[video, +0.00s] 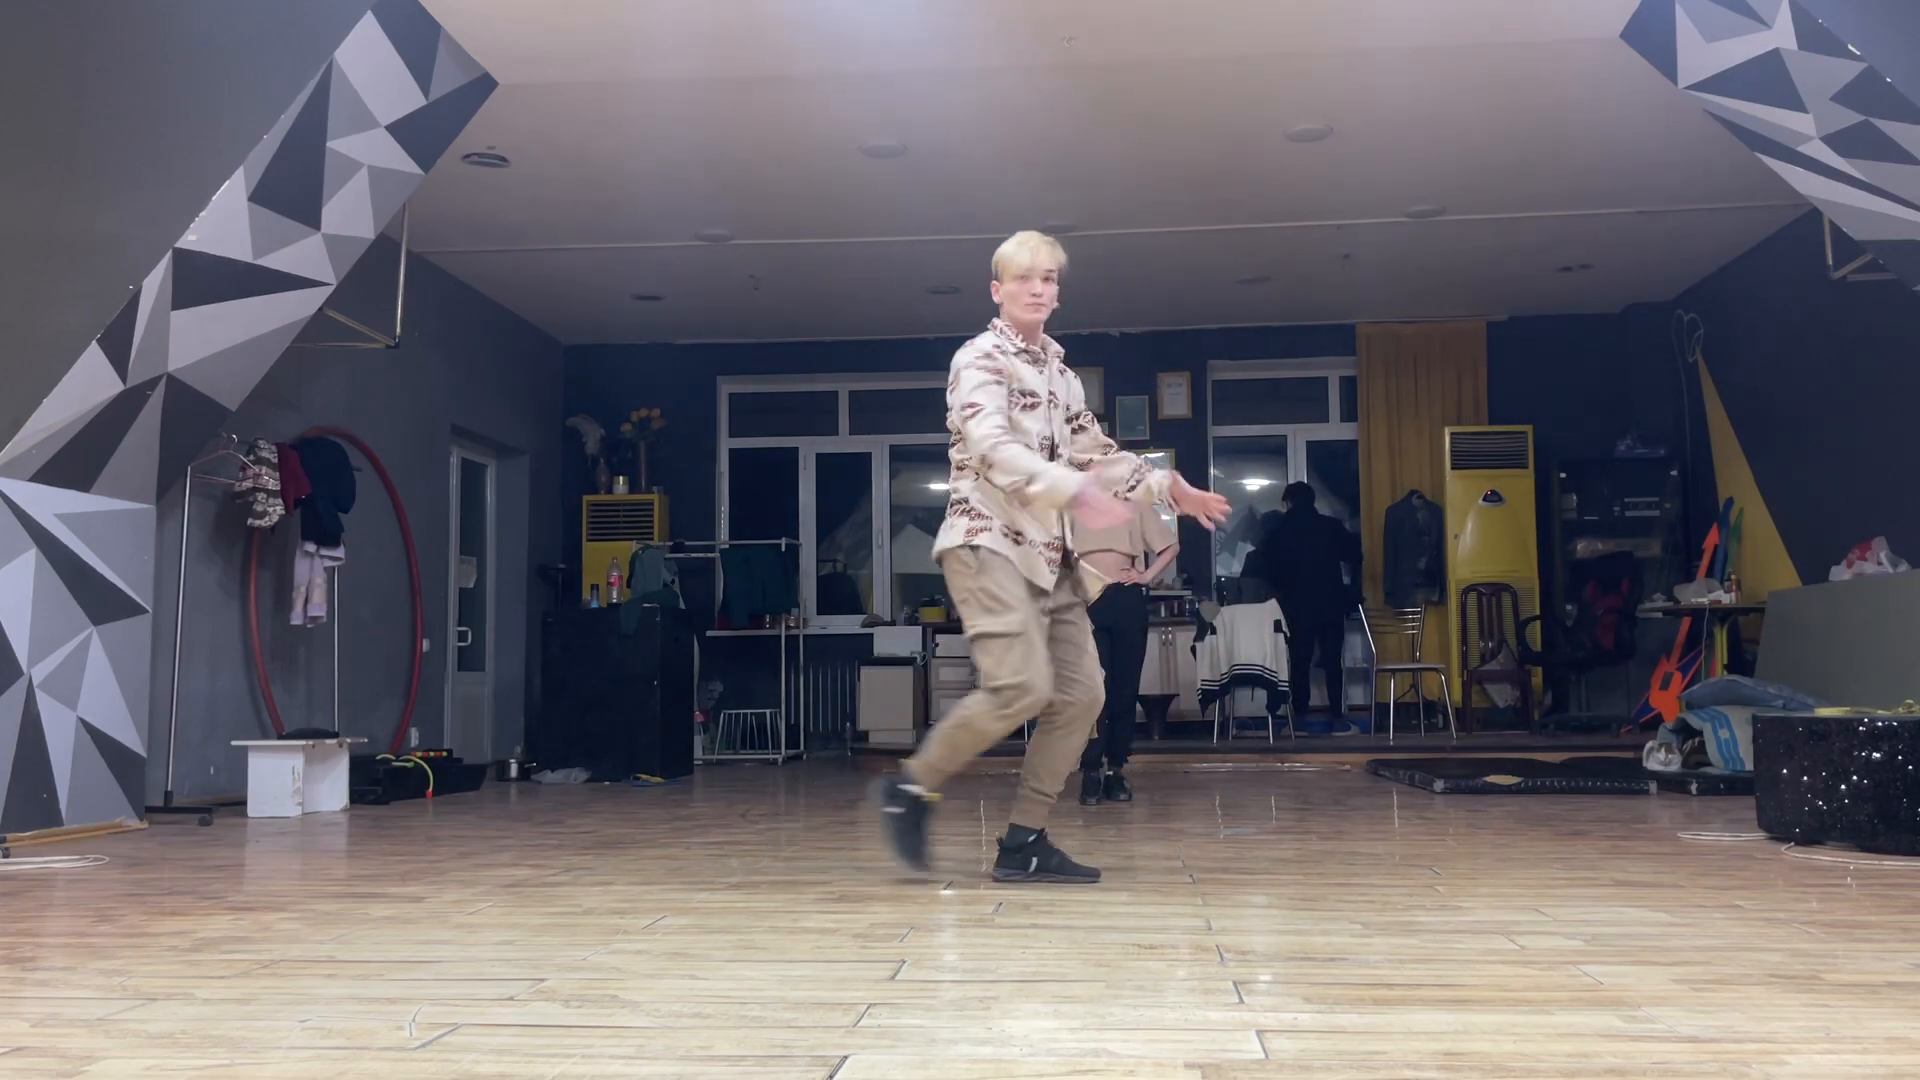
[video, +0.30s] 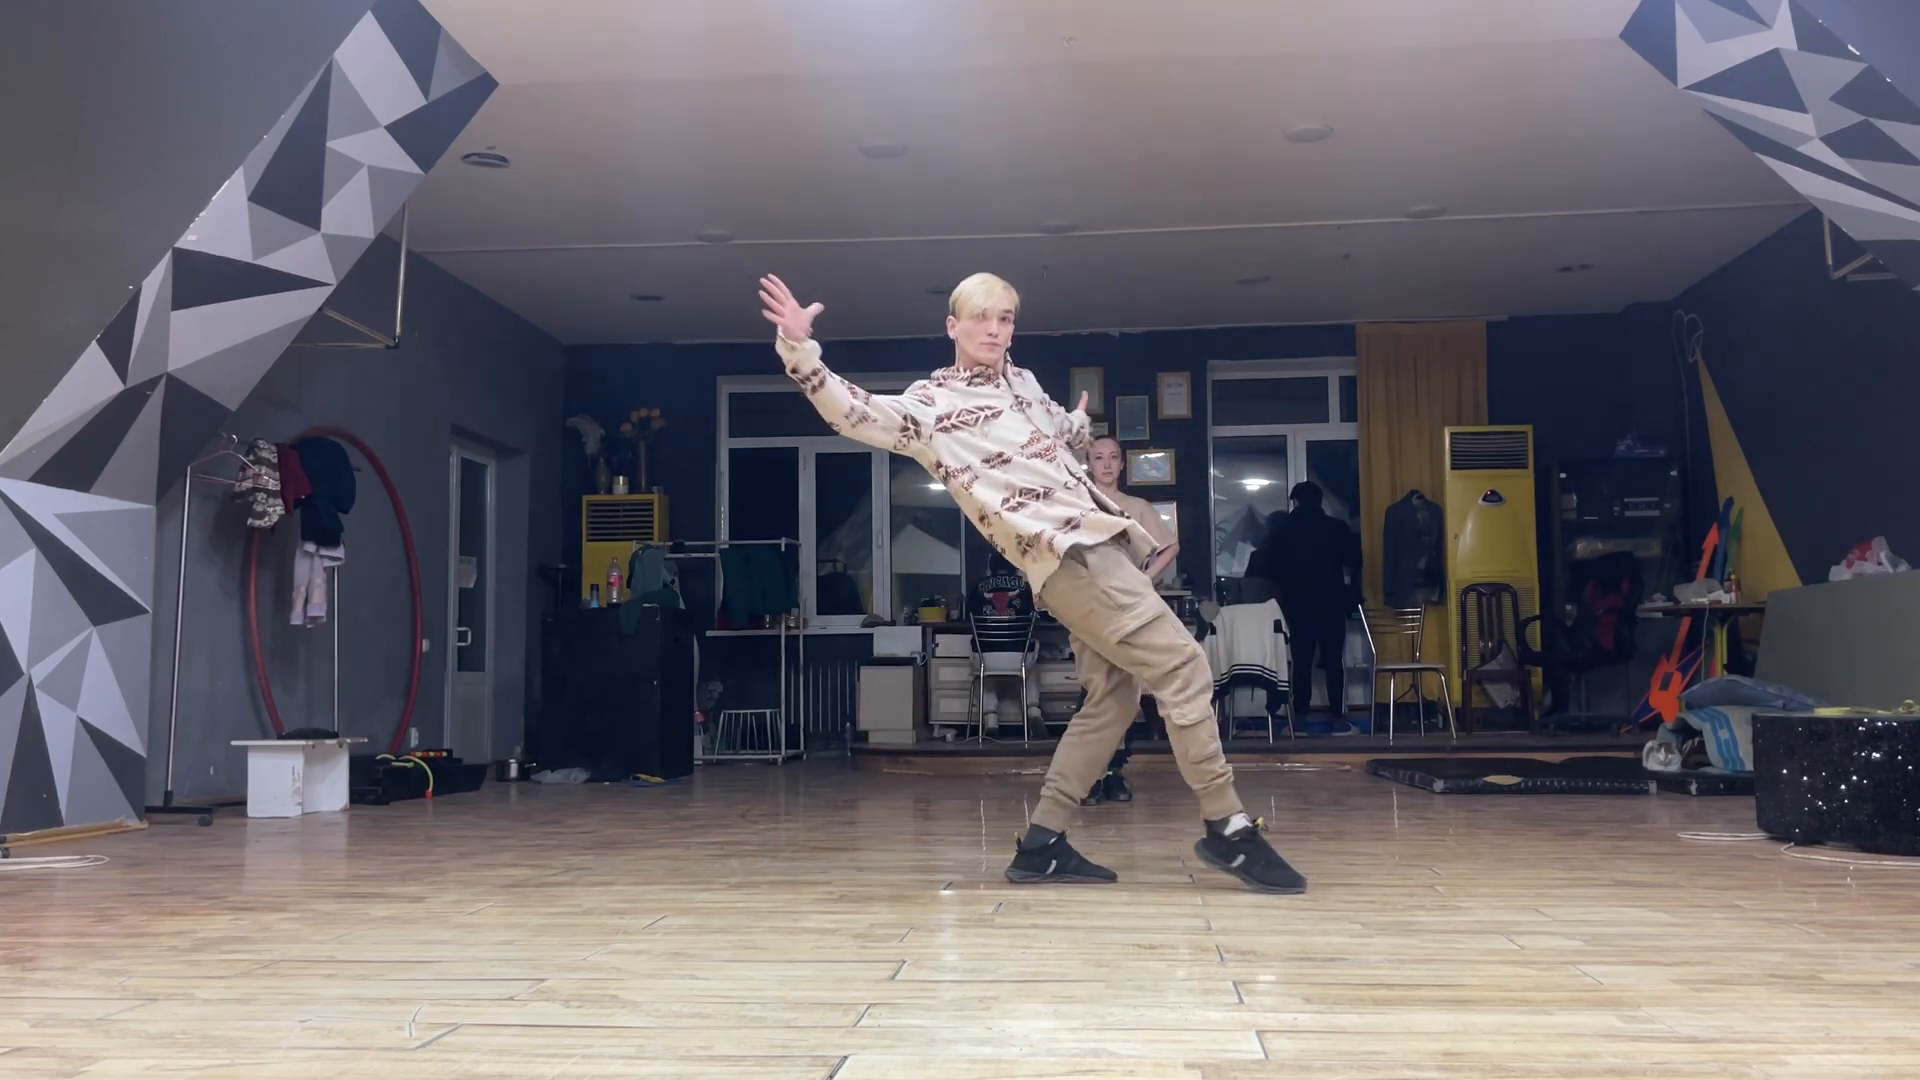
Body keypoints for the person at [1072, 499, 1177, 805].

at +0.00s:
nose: (1097, 458)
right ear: (1082, 461)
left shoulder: (1133, 500)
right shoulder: (1067, 500)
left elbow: (1169, 545)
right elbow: (1054, 545)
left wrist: (1148, 574)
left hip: (1126, 596)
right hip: (1083, 598)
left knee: (1123, 689)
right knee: (1091, 689)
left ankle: (1115, 772)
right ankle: (1091, 775)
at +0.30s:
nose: (1107, 464)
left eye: (1113, 457)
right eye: (1099, 457)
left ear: (1122, 464)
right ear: (1087, 463)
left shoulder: (1137, 507)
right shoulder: (1072, 501)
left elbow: (1170, 546)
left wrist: (1144, 578)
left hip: (1128, 600)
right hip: (1088, 611)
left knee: (1118, 698)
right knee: (1096, 691)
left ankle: (1114, 771)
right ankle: (1093, 774)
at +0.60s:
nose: (1106, 464)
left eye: (1113, 459)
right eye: (1100, 458)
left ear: (1122, 465)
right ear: (1089, 464)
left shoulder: (1138, 507)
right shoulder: (1070, 506)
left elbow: (1171, 546)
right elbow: (1046, 553)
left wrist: (1147, 575)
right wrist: (1068, 584)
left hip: (1128, 601)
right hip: (1088, 602)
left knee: (1124, 691)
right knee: (1093, 690)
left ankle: (1115, 772)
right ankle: (1091, 773)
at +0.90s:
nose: (1105, 464)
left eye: (1111, 458)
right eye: (1099, 458)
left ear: (1121, 463)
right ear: (1088, 464)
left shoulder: (1137, 507)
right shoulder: (1071, 506)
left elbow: (1170, 546)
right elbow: (1051, 549)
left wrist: (1147, 574)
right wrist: (1067, 582)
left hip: (1127, 599)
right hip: (1086, 601)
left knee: (1124, 689)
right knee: (1092, 689)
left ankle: (1116, 771)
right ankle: (1091, 772)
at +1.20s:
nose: (1106, 464)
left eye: (1112, 458)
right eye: (1098, 458)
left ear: (1121, 463)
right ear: (1088, 464)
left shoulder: (1137, 507)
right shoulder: (1072, 505)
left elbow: (1169, 547)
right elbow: (1046, 545)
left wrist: (1146, 575)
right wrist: (1067, 579)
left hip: (1127, 599)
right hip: (1085, 602)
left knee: (1124, 692)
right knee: (1092, 691)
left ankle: (1115, 771)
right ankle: (1092, 776)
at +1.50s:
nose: (1105, 464)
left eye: (1111, 458)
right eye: (1097, 458)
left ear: (1121, 463)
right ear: (1086, 465)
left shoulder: (1136, 506)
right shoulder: (1070, 505)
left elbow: (1170, 546)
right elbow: (1052, 546)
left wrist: (1146, 575)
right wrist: (1071, 578)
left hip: (1126, 598)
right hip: (1084, 599)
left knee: (1122, 681)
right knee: (1090, 682)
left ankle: (1115, 771)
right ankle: (1090, 772)